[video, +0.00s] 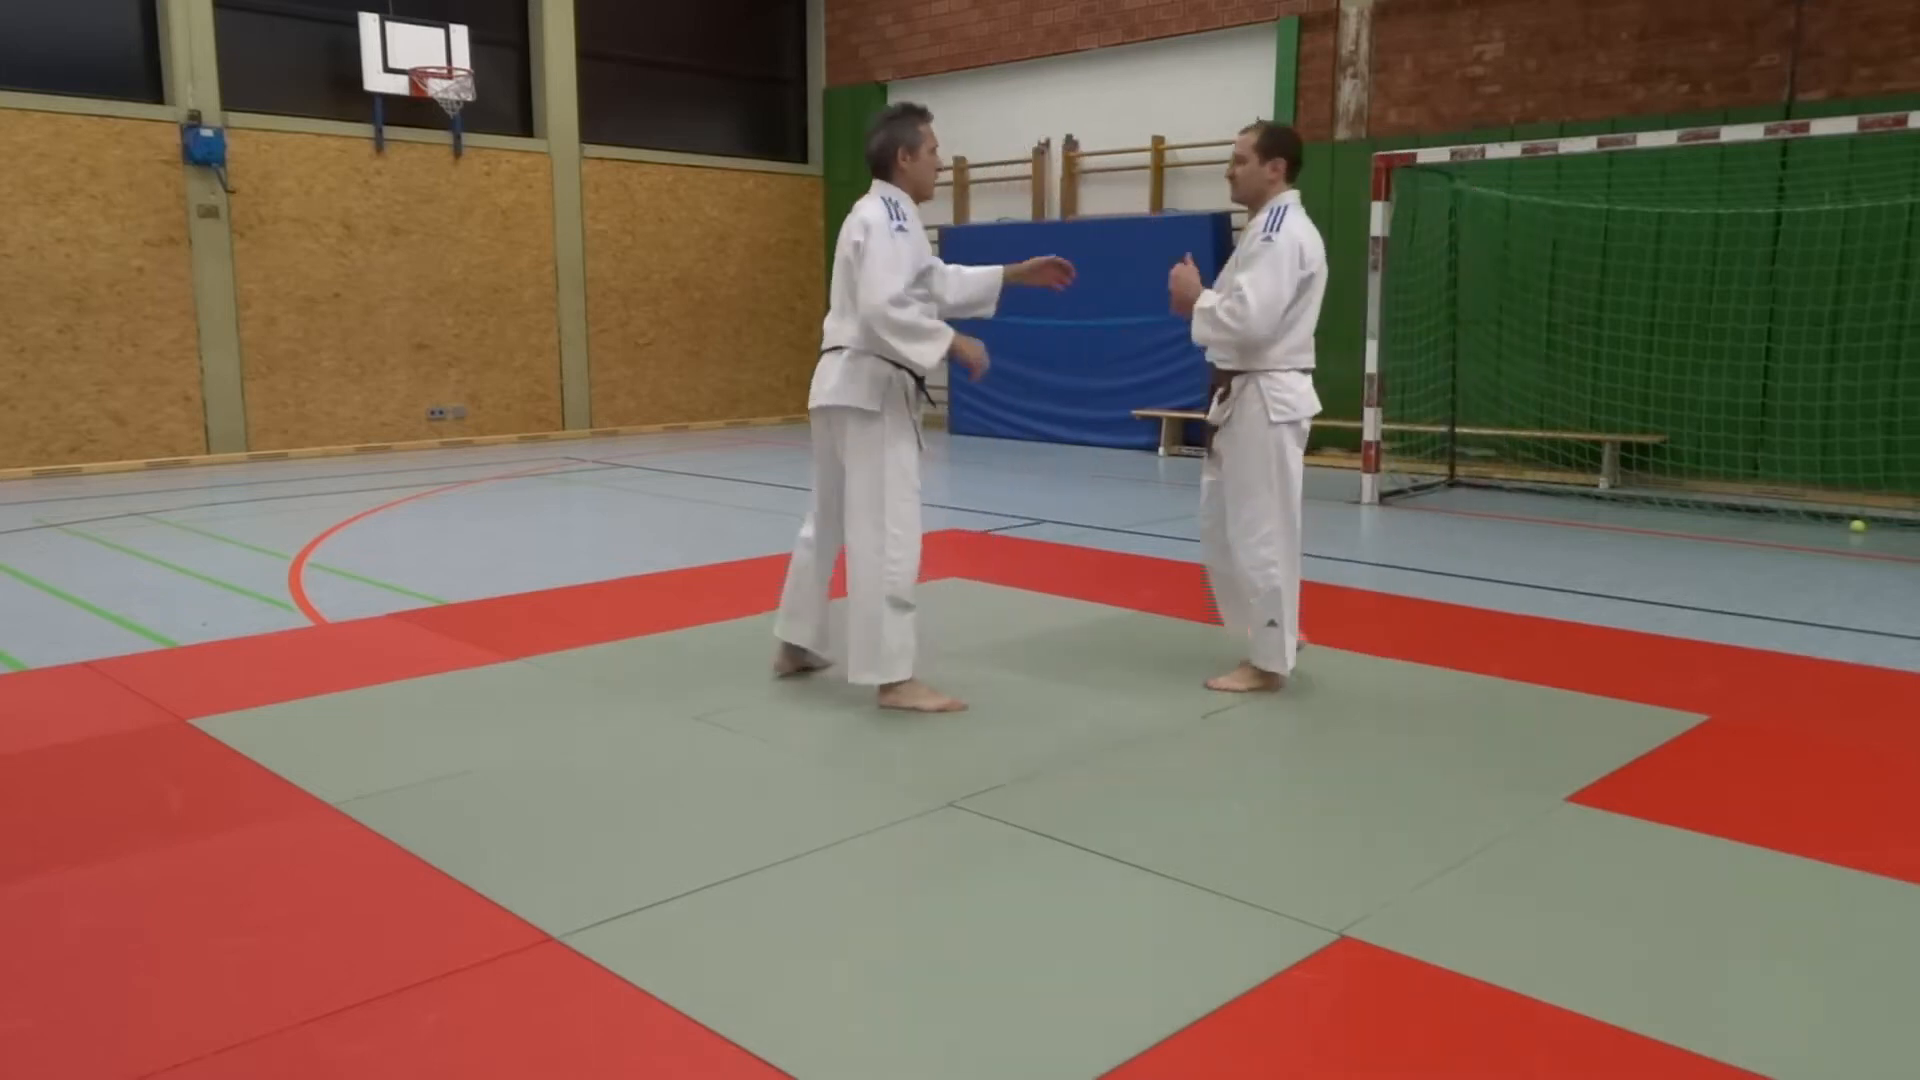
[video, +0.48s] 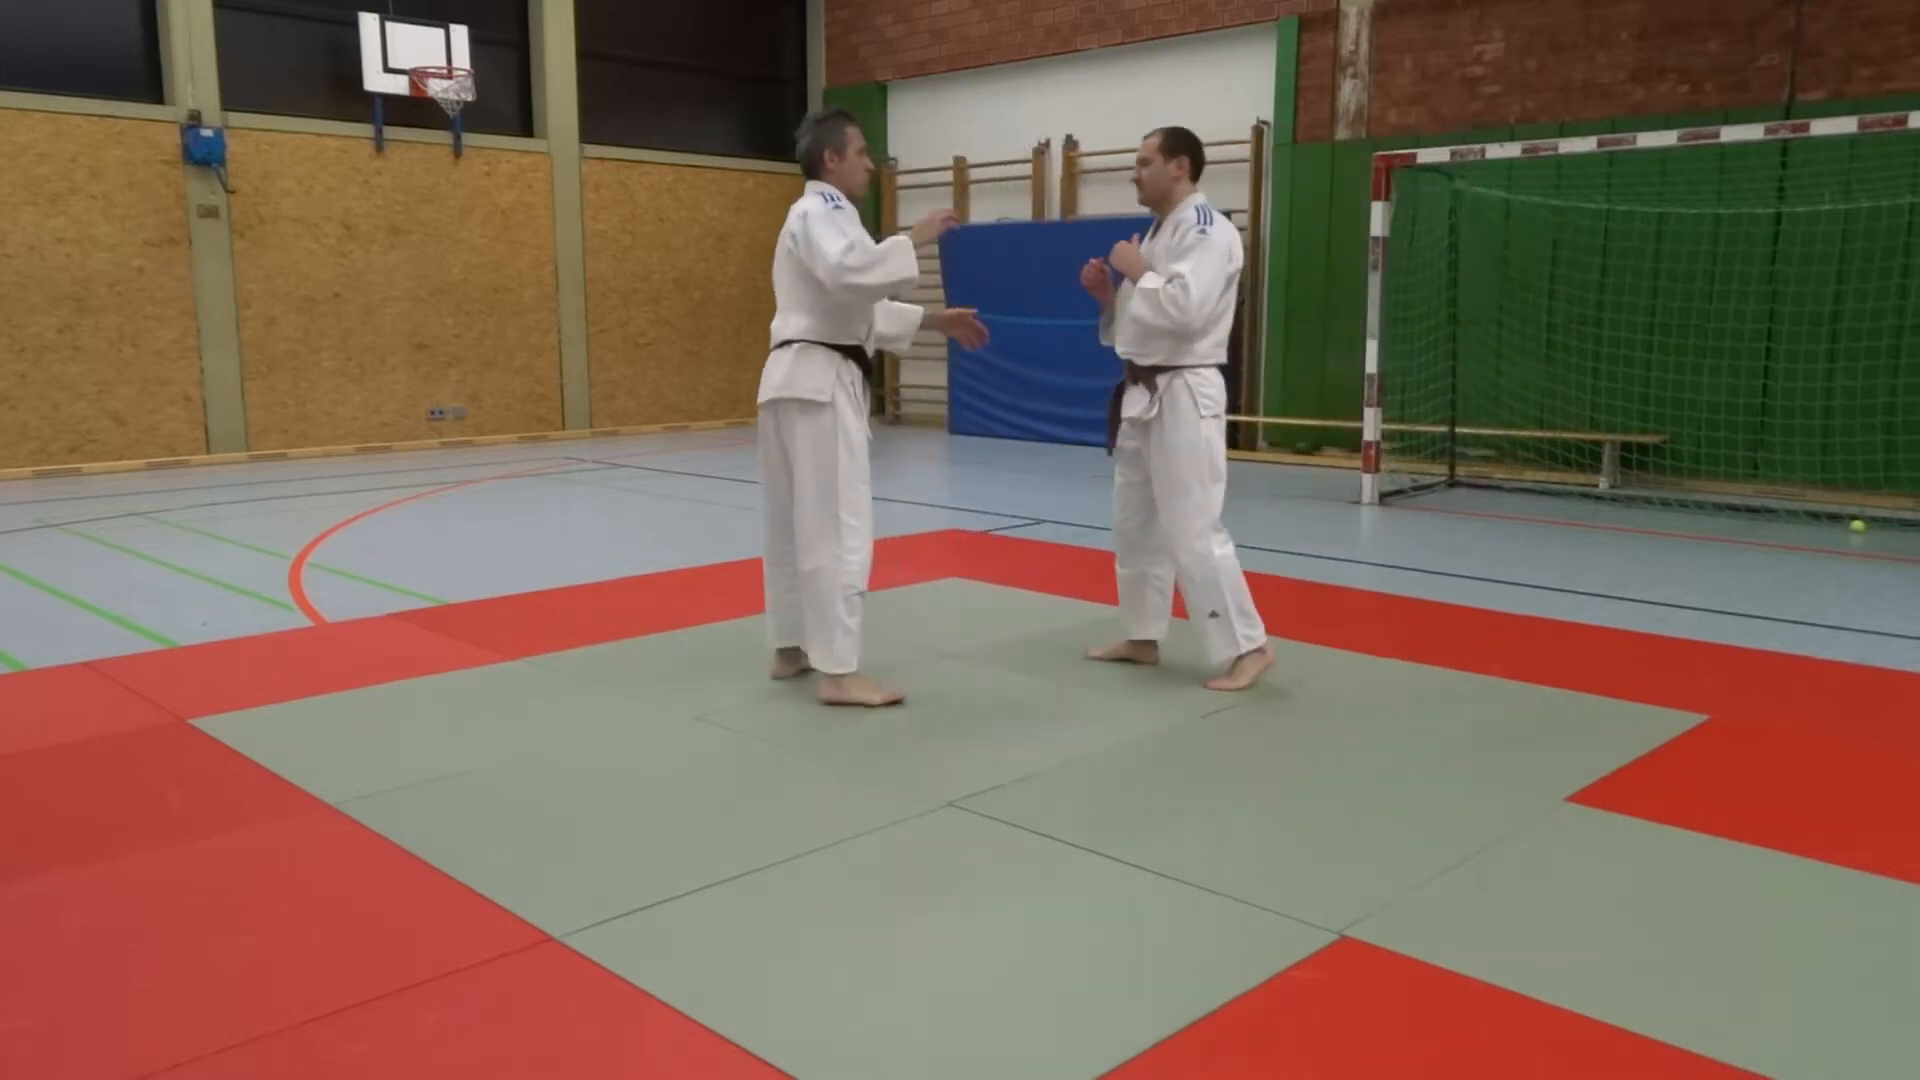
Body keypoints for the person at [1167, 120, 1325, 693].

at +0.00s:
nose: (1230, 171)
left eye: (1240, 162)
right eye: (1232, 161)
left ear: (1275, 169)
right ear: (1268, 170)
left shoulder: (1284, 233)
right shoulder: (1265, 228)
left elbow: (1252, 323)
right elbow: (1246, 310)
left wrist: (1197, 301)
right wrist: (1202, 300)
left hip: (1269, 395)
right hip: (1244, 392)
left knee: (1259, 529)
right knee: (1222, 526)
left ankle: (1269, 663)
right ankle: (1273, 635)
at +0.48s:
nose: (1136, 174)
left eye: (1145, 164)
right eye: (1136, 165)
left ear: (1180, 169)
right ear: (1171, 171)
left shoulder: (1211, 230)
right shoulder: (1156, 237)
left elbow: (1184, 309)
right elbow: (1142, 327)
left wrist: (1137, 274)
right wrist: (1111, 298)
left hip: (1187, 391)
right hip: (1142, 391)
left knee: (1192, 527)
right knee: (1136, 521)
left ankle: (1251, 646)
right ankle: (1141, 638)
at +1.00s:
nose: (1044, 185)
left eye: (1051, 175)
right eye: (1044, 175)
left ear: (1082, 177)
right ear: (1094, 181)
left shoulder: (1072, 226)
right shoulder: (1137, 227)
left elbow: (980, 256)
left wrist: (883, 277)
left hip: (1128, 391)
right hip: (1168, 383)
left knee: (1104, 521)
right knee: (1154, 517)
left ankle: (1103, 660)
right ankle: (1146, 635)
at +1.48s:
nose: (1047, 186)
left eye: (1052, 175)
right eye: (1048, 176)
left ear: (1080, 175)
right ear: (1101, 178)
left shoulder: (1054, 216)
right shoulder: (1143, 232)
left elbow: (967, 222)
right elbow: (1136, 318)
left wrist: (875, 255)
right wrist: (1084, 376)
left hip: (1107, 385)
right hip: (1156, 380)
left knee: (1090, 524)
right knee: (1152, 519)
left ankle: (1098, 662)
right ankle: (1155, 638)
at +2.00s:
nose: (1067, 181)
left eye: (1075, 171)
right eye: (1069, 172)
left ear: (1105, 175)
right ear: (1121, 179)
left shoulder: (1079, 217)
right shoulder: (1162, 236)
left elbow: (998, 228)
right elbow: (1149, 316)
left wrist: (958, 222)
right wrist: (1089, 372)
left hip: (1112, 380)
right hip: (1162, 379)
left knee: (1091, 514)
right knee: (1159, 513)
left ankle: (1099, 646)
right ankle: (1159, 636)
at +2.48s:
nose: (1070, 184)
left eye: (1073, 175)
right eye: (1072, 175)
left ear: (1091, 176)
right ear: (1127, 182)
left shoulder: (1064, 222)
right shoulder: (1164, 236)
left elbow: (980, 242)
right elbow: (1185, 328)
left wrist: (967, 221)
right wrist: (1134, 336)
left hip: (1097, 383)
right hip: (1156, 382)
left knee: (1091, 524)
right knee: (1160, 516)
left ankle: (1103, 659)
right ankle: (1162, 639)